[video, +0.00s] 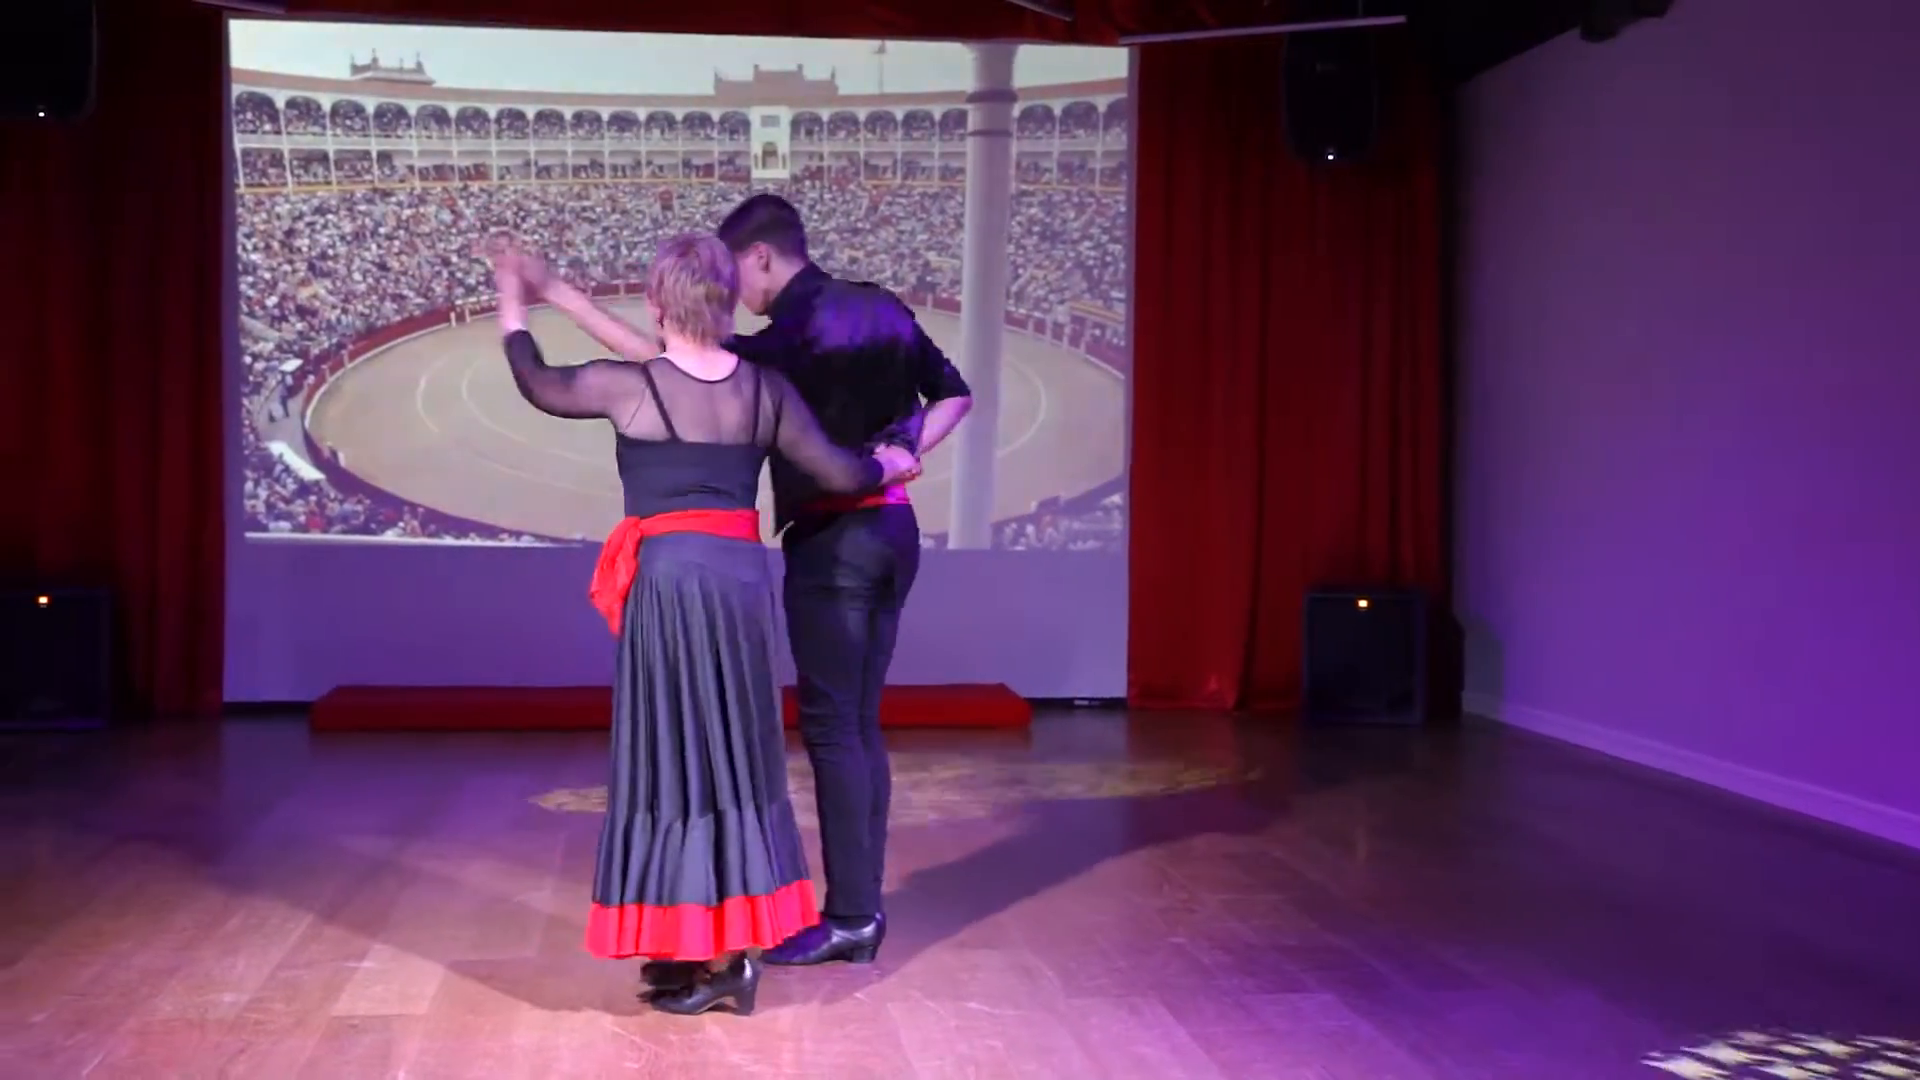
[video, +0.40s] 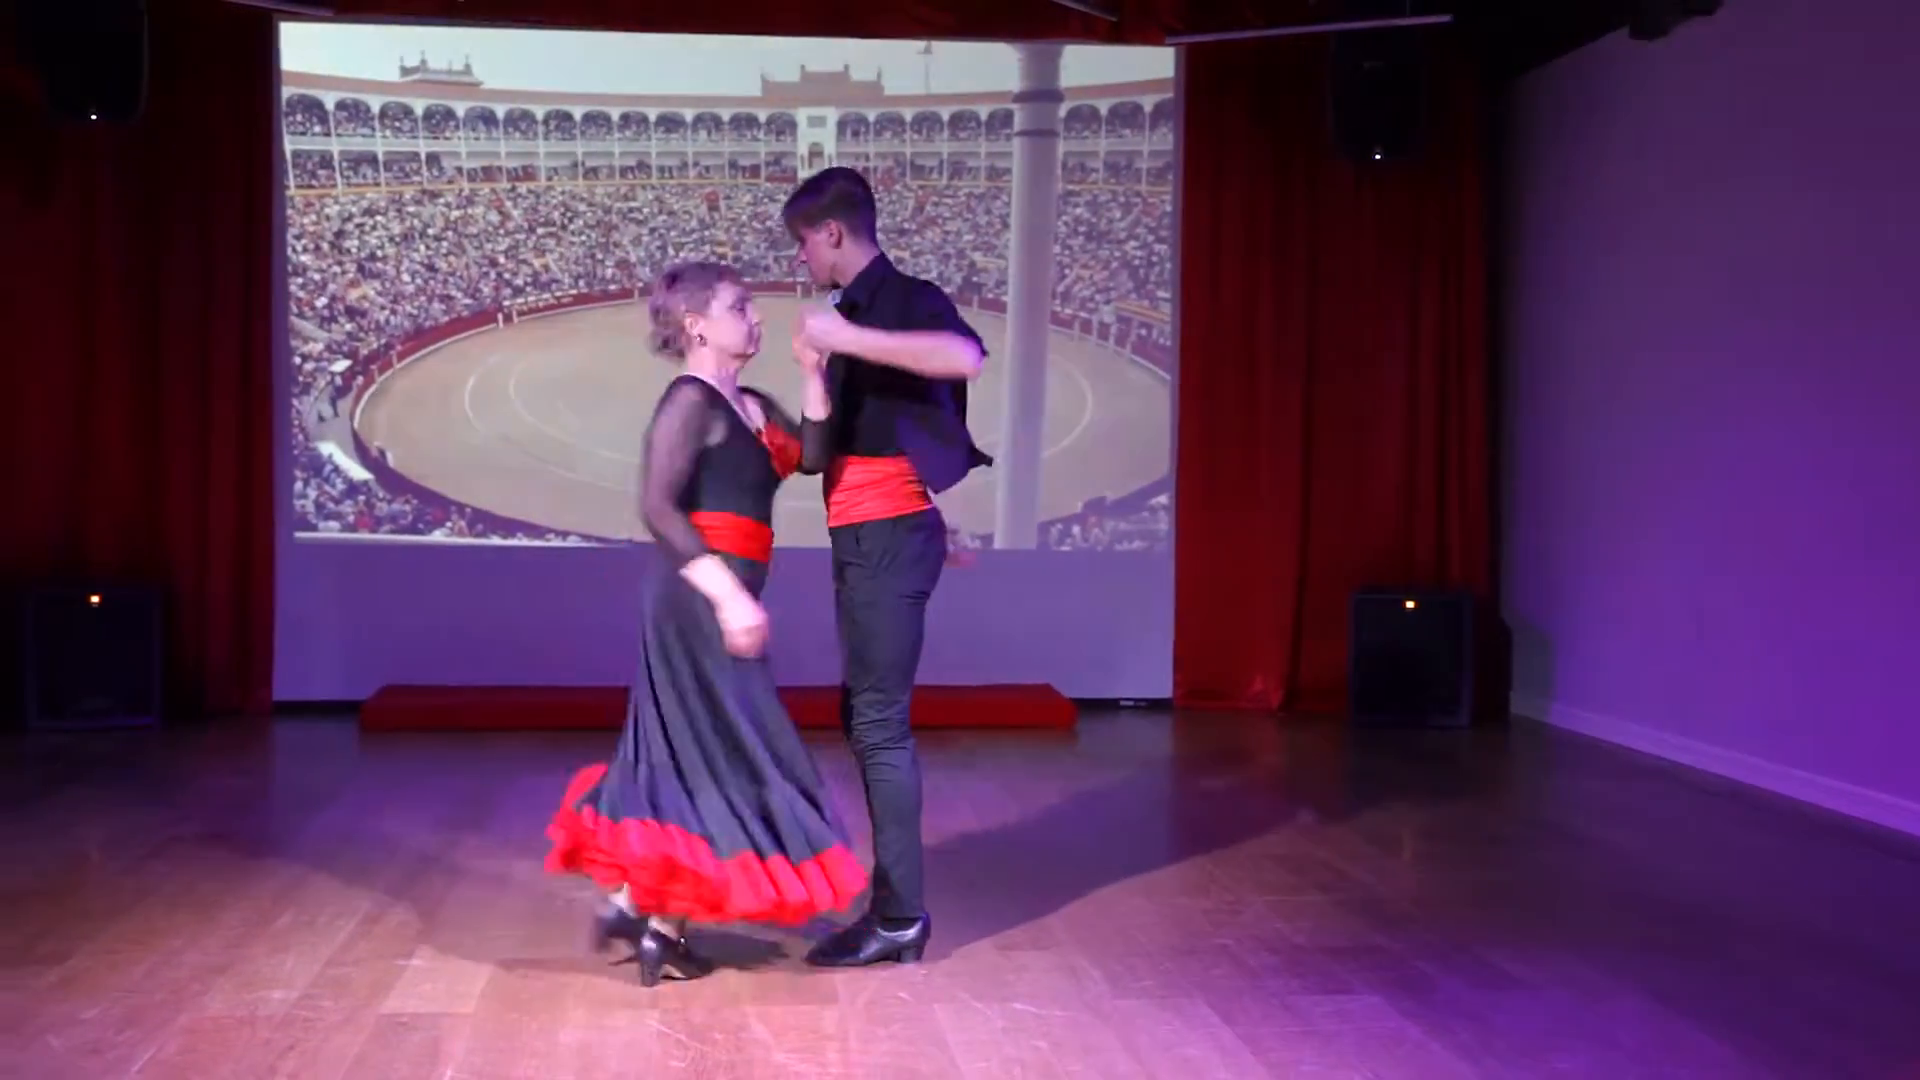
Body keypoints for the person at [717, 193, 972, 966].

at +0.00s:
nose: (734, 285)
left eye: (736, 269)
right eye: (732, 270)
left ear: (764, 258)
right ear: (794, 252)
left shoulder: (782, 336)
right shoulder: (882, 308)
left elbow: (665, 358)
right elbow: (955, 395)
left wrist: (561, 293)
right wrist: (906, 453)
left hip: (832, 538)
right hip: (892, 528)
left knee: (830, 728)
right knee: (859, 724)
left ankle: (850, 916)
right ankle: (861, 904)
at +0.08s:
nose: (752, 280)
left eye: (755, 263)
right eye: (749, 265)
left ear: (786, 251)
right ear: (807, 247)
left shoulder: (822, 326)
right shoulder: (879, 309)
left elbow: (758, 414)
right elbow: (937, 412)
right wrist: (900, 466)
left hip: (845, 543)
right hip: (878, 534)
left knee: (844, 731)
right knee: (848, 727)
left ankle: (862, 917)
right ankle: (864, 909)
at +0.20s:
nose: (775, 273)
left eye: (777, 256)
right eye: (772, 257)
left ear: (811, 244)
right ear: (816, 242)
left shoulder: (870, 312)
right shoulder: (853, 307)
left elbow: (873, 434)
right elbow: (884, 414)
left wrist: (794, 389)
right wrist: (931, 469)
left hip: (868, 547)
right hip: (850, 542)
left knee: (859, 730)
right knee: (844, 725)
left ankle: (878, 916)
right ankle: (871, 905)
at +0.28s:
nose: (785, 270)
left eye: (788, 253)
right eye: (781, 255)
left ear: (823, 239)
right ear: (823, 241)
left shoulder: (902, 304)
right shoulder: (844, 315)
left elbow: (940, 410)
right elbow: (869, 422)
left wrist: (836, 376)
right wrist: (938, 483)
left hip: (882, 535)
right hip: (848, 534)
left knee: (866, 727)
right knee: (848, 724)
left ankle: (889, 917)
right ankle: (878, 903)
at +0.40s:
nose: (802, 260)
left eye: (804, 243)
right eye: (800, 246)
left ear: (836, 233)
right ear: (839, 234)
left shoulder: (906, 297)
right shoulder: (851, 313)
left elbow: (965, 357)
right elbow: (828, 452)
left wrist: (846, 338)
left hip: (890, 534)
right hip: (862, 535)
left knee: (879, 724)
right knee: (870, 721)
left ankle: (901, 914)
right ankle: (891, 903)